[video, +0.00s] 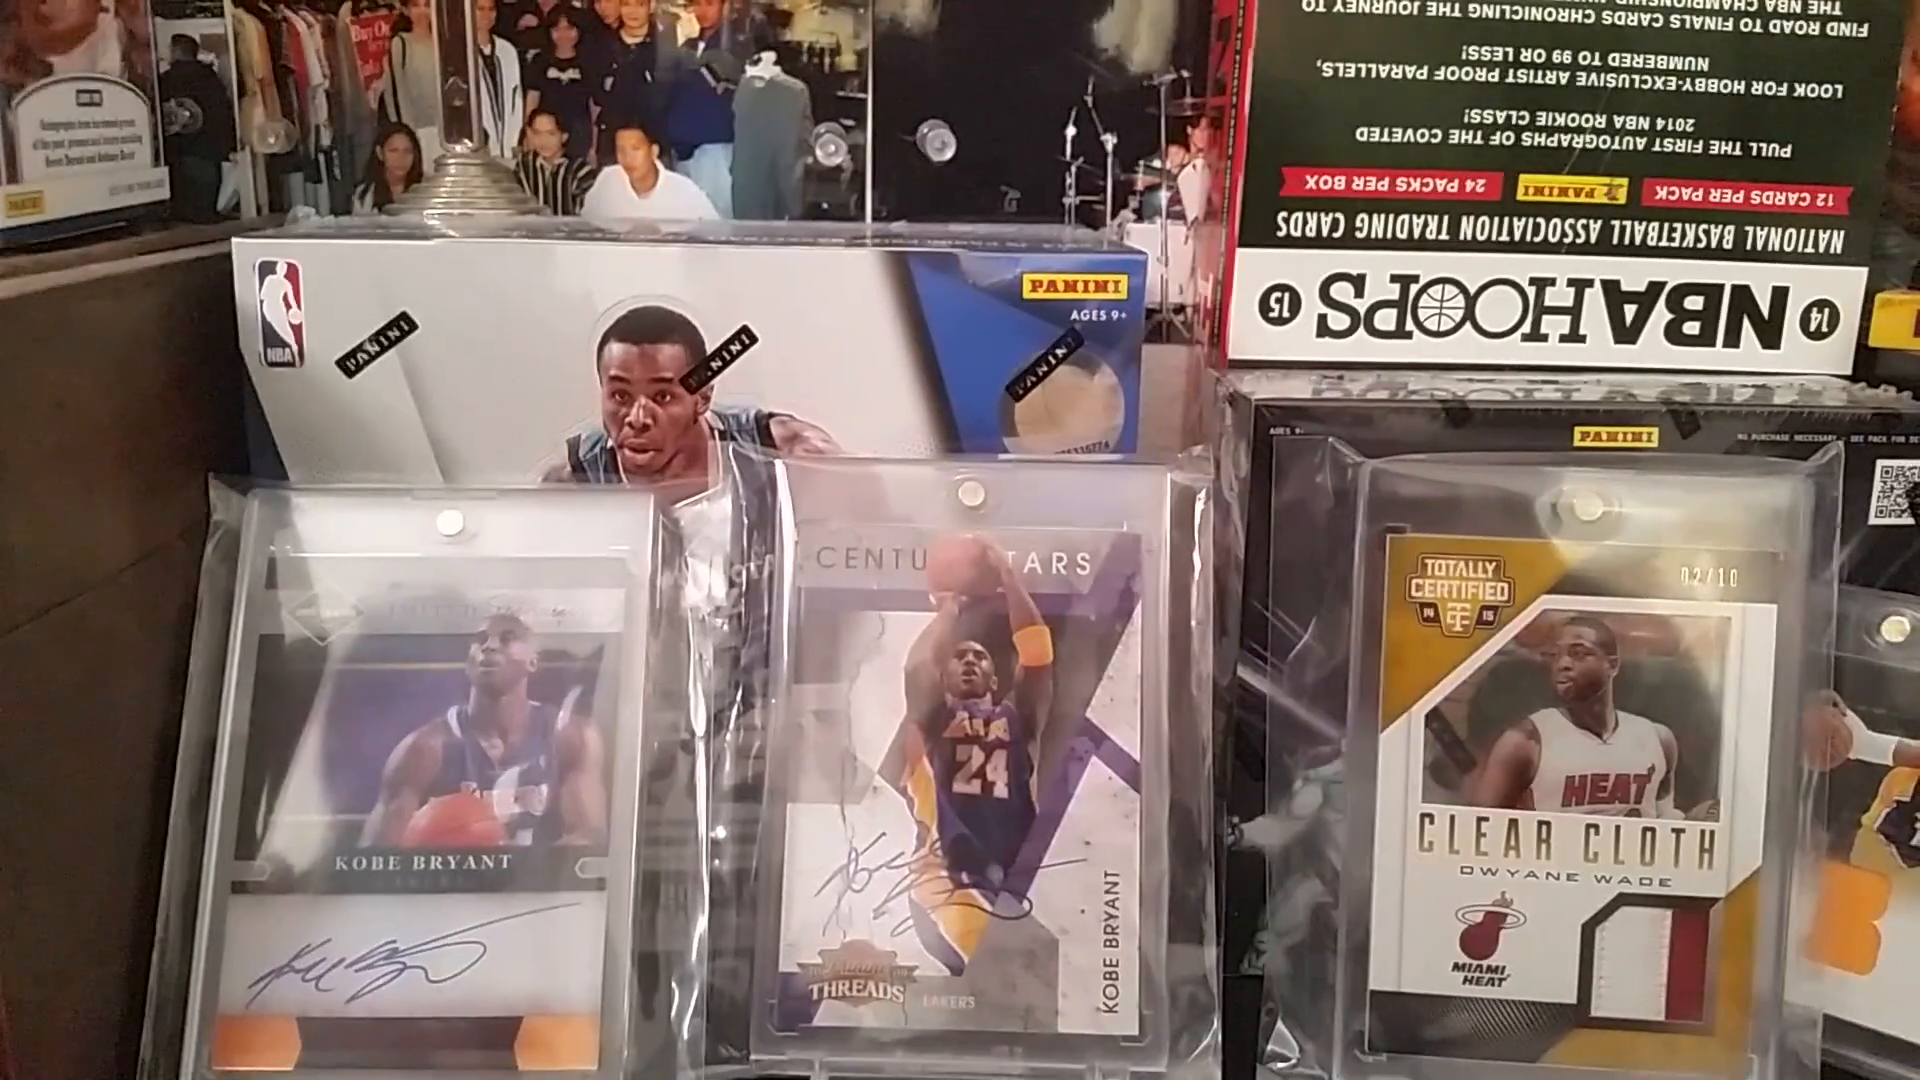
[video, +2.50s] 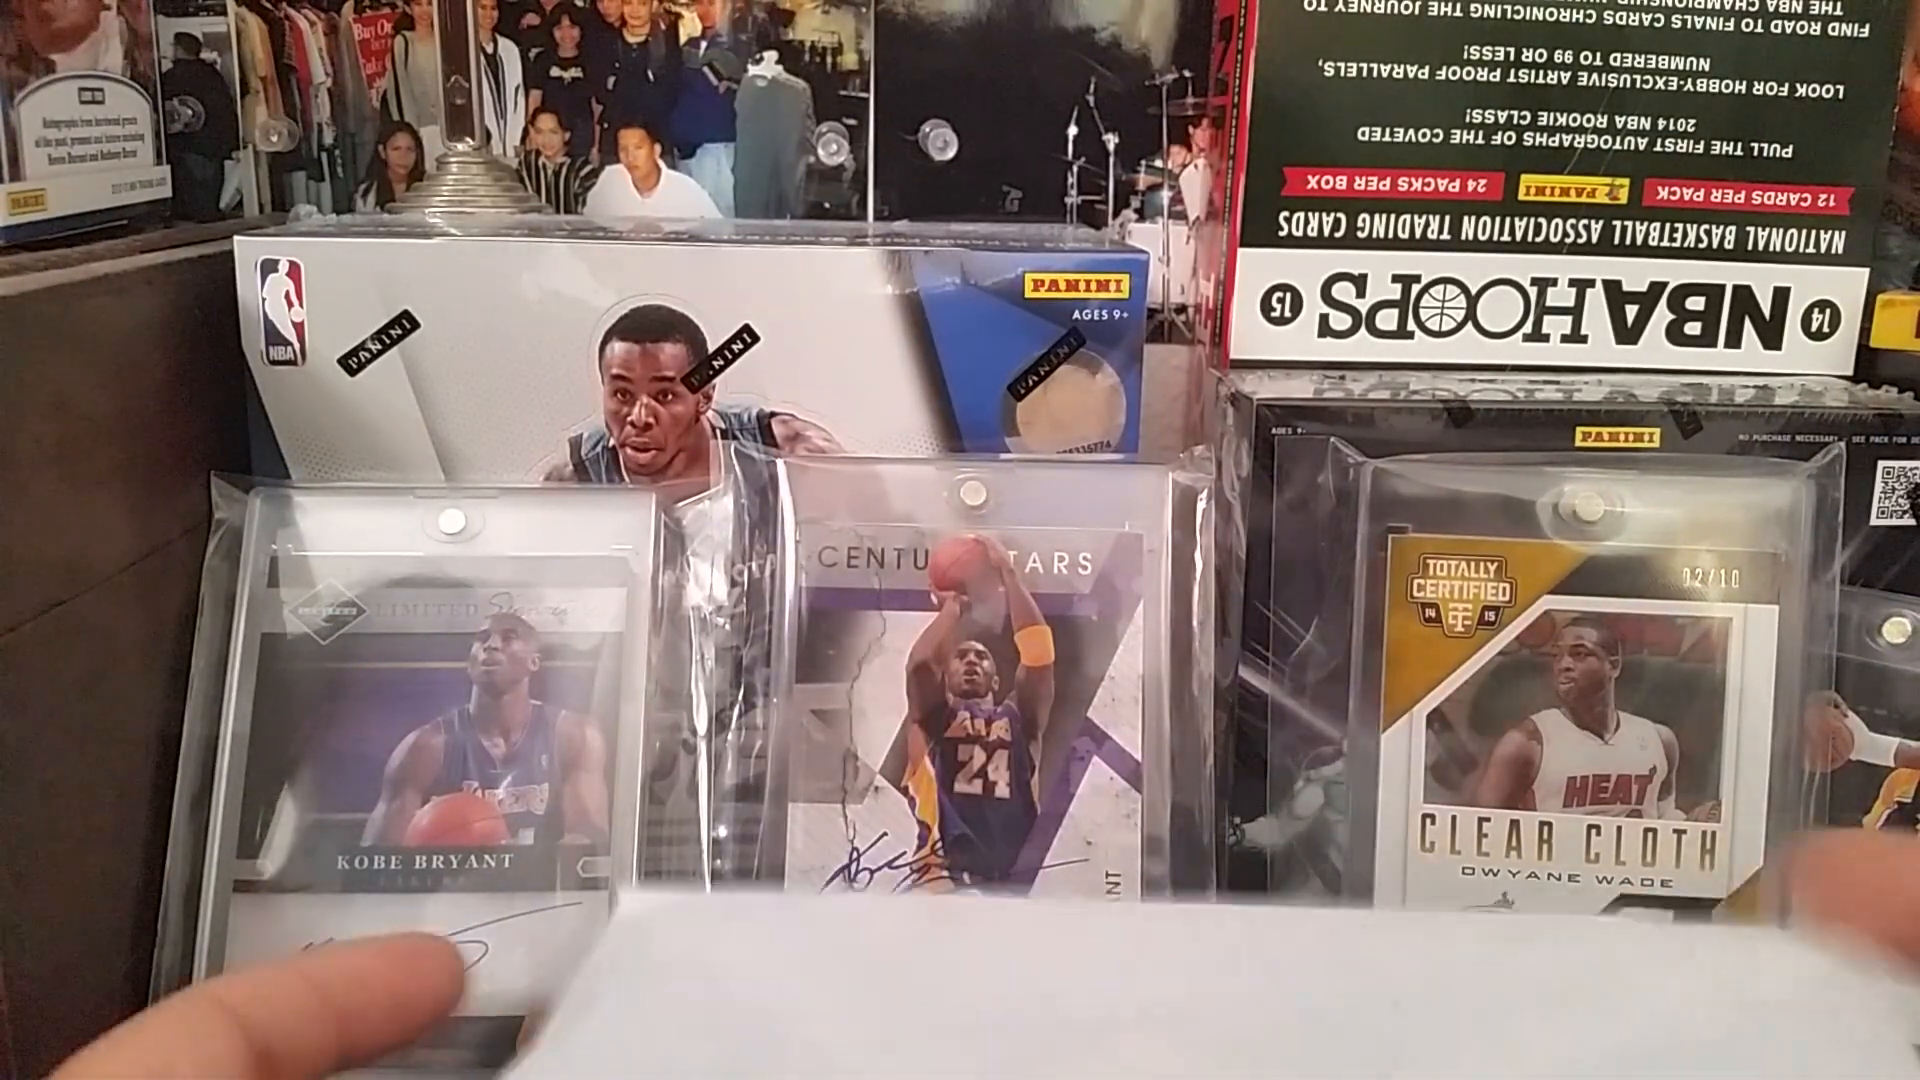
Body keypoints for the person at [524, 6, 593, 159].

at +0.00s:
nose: (562, 34)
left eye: (568, 28)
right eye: (556, 29)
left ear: (578, 32)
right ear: (551, 33)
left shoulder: (588, 63)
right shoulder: (540, 62)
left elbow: (594, 108)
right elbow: (532, 101)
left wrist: (593, 147)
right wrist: (528, 138)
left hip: (579, 137)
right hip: (545, 138)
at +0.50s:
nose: (564, 32)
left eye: (570, 26)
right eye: (558, 27)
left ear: (578, 30)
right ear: (552, 32)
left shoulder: (588, 60)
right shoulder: (541, 59)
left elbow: (597, 103)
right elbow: (533, 97)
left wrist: (595, 146)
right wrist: (531, 134)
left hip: (580, 129)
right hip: (548, 131)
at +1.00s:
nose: (564, 33)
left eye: (569, 27)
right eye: (558, 27)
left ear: (578, 31)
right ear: (552, 32)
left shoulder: (589, 62)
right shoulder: (540, 60)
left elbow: (596, 105)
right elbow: (533, 98)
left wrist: (594, 146)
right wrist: (530, 135)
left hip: (580, 131)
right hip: (548, 132)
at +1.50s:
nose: (565, 33)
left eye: (571, 27)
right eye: (559, 28)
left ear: (579, 30)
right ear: (552, 32)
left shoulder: (589, 60)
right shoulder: (543, 59)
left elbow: (596, 104)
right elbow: (534, 97)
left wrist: (595, 146)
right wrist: (531, 134)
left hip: (581, 131)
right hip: (549, 133)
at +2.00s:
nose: (565, 33)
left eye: (571, 27)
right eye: (560, 28)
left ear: (580, 31)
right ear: (553, 32)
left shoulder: (590, 62)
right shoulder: (543, 60)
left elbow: (597, 104)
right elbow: (534, 97)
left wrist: (596, 145)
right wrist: (531, 134)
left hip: (581, 131)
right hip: (549, 133)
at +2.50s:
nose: (566, 33)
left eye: (571, 27)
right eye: (560, 28)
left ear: (580, 31)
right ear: (553, 33)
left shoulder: (590, 61)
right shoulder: (543, 60)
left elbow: (597, 105)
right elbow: (535, 98)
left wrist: (596, 145)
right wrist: (531, 135)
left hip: (581, 134)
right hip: (549, 136)